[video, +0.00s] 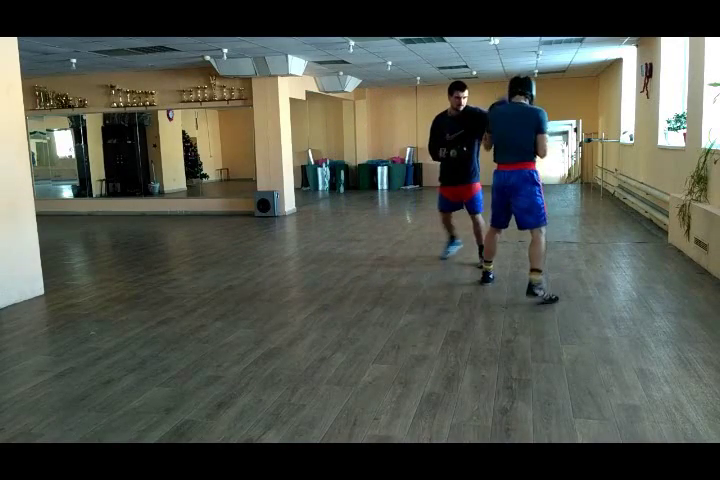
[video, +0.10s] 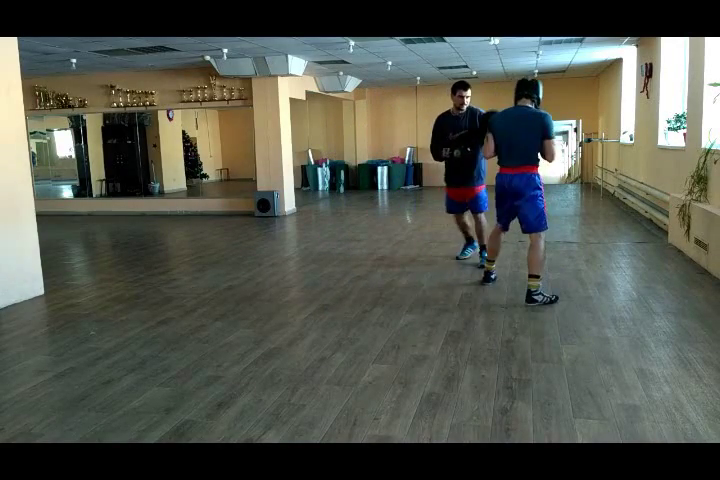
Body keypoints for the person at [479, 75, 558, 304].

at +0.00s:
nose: (530, 99)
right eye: (530, 96)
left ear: (510, 94)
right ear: (530, 96)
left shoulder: (495, 111)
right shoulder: (537, 113)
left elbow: (486, 144)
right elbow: (542, 151)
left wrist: (502, 133)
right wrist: (529, 136)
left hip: (501, 176)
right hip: (526, 176)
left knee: (494, 228)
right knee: (538, 231)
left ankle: (487, 272)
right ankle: (535, 284)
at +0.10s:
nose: (537, 102)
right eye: (539, 99)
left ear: (516, 96)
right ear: (537, 99)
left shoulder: (499, 117)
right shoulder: (542, 118)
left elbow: (487, 153)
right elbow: (549, 156)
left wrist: (507, 141)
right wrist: (535, 141)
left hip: (504, 180)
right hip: (529, 181)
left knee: (499, 227)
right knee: (537, 237)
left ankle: (488, 272)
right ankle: (534, 291)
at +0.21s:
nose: (540, 101)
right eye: (540, 98)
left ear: (518, 95)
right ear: (538, 98)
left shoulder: (499, 116)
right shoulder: (543, 117)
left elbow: (484, 149)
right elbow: (551, 156)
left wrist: (503, 142)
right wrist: (537, 142)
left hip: (504, 180)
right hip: (529, 181)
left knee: (499, 227)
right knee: (537, 236)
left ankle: (489, 271)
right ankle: (534, 291)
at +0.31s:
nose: (541, 100)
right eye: (541, 97)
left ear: (518, 95)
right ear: (538, 97)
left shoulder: (500, 115)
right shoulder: (544, 117)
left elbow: (481, 146)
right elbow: (549, 156)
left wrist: (501, 141)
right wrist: (535, 141)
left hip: (503, 180)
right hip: (528, 181)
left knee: (498, 225)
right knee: (537, 236)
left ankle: (486, 270)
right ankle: (534, 290)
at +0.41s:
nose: (540, 106)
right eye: (540, 103)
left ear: (518, 99)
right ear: (538, 103)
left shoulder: (499, 118)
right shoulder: (543, 122)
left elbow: (484, 153)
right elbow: (546, 161)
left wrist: (502, 148)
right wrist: (531, 148)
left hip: (501, 182)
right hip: (525, 183)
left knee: (493, 225)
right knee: (537, 237)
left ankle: (483, 268)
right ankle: (534, 291)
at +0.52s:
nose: (545, 131)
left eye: (546, 128)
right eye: (546, 128)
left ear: (527, 116)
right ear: (543, 125)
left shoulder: (503, 124)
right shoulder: (533, 132)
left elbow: (470, 132)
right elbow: (525, 167)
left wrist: (485, 139)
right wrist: (527, 170)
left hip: (483, 182)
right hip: (502, 184)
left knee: (489, 224)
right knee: (524, 235)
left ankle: (481, 266)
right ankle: (532, 290)